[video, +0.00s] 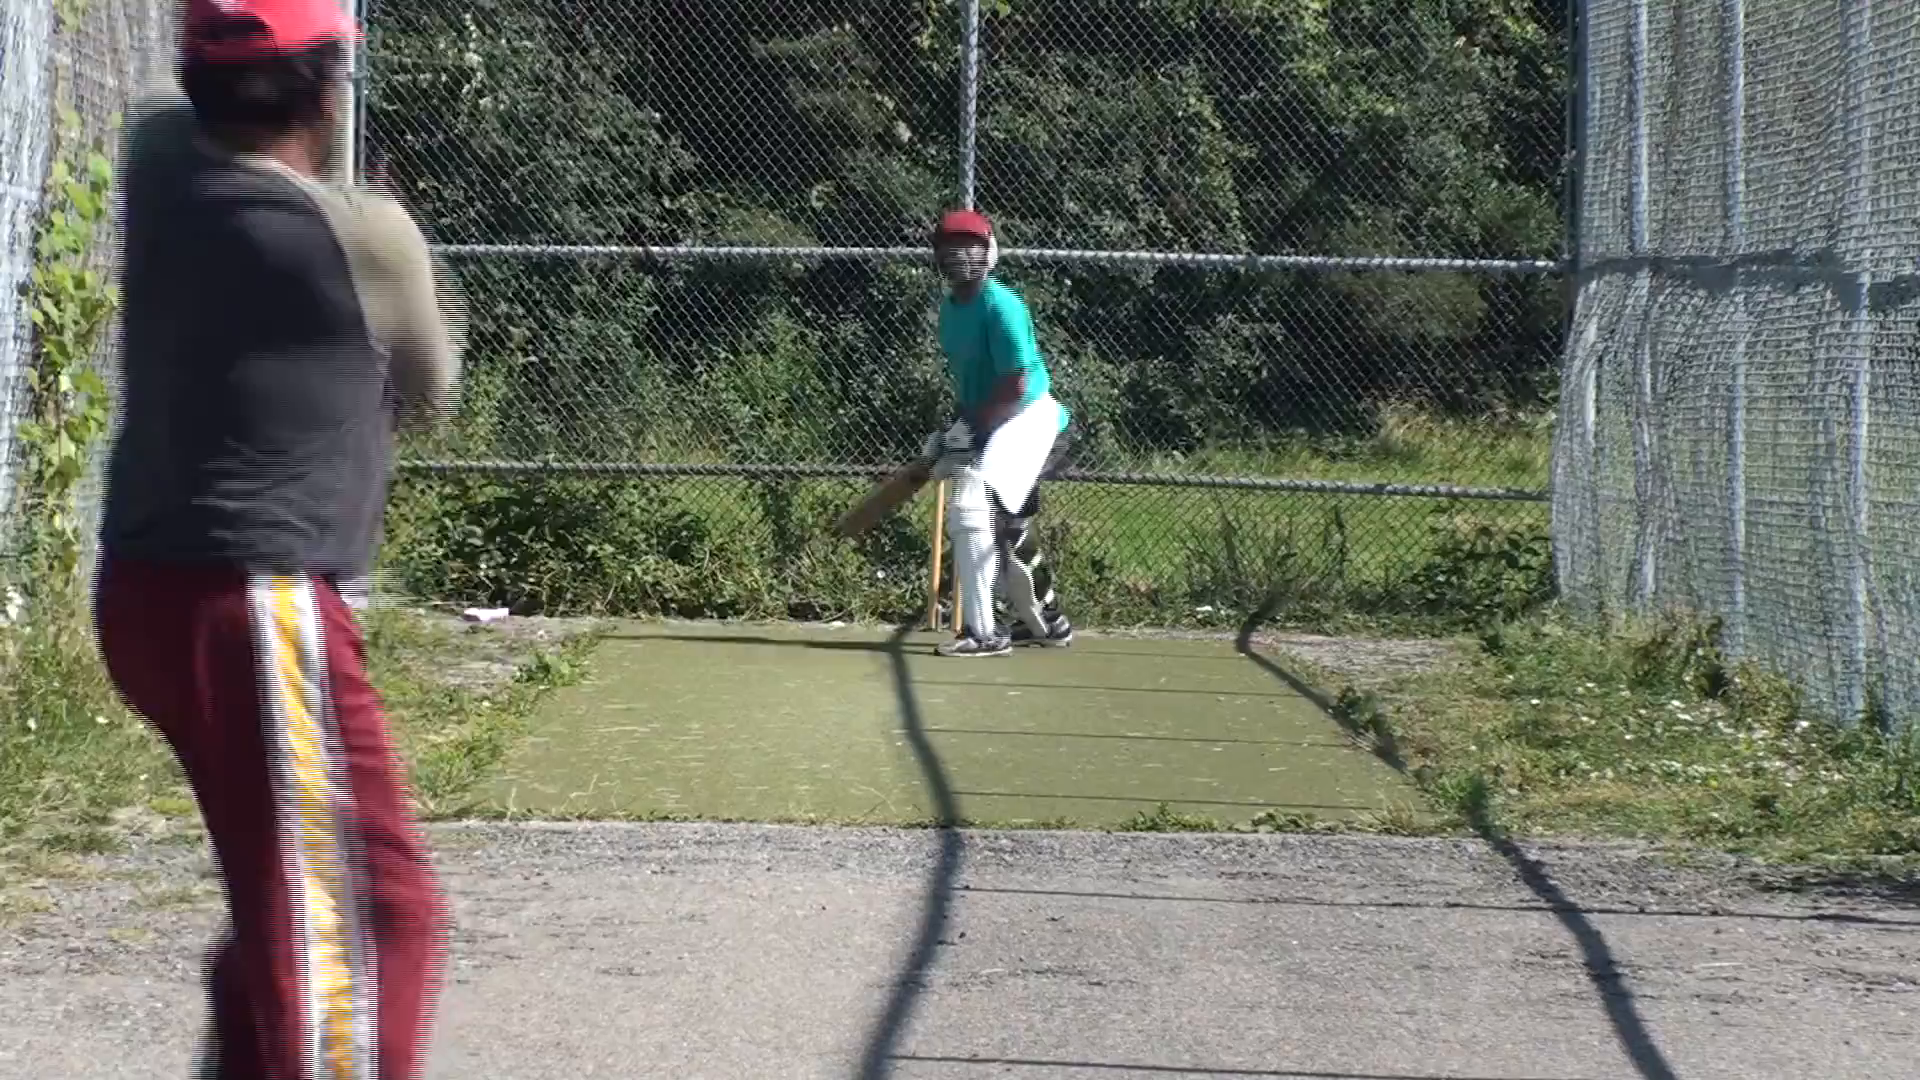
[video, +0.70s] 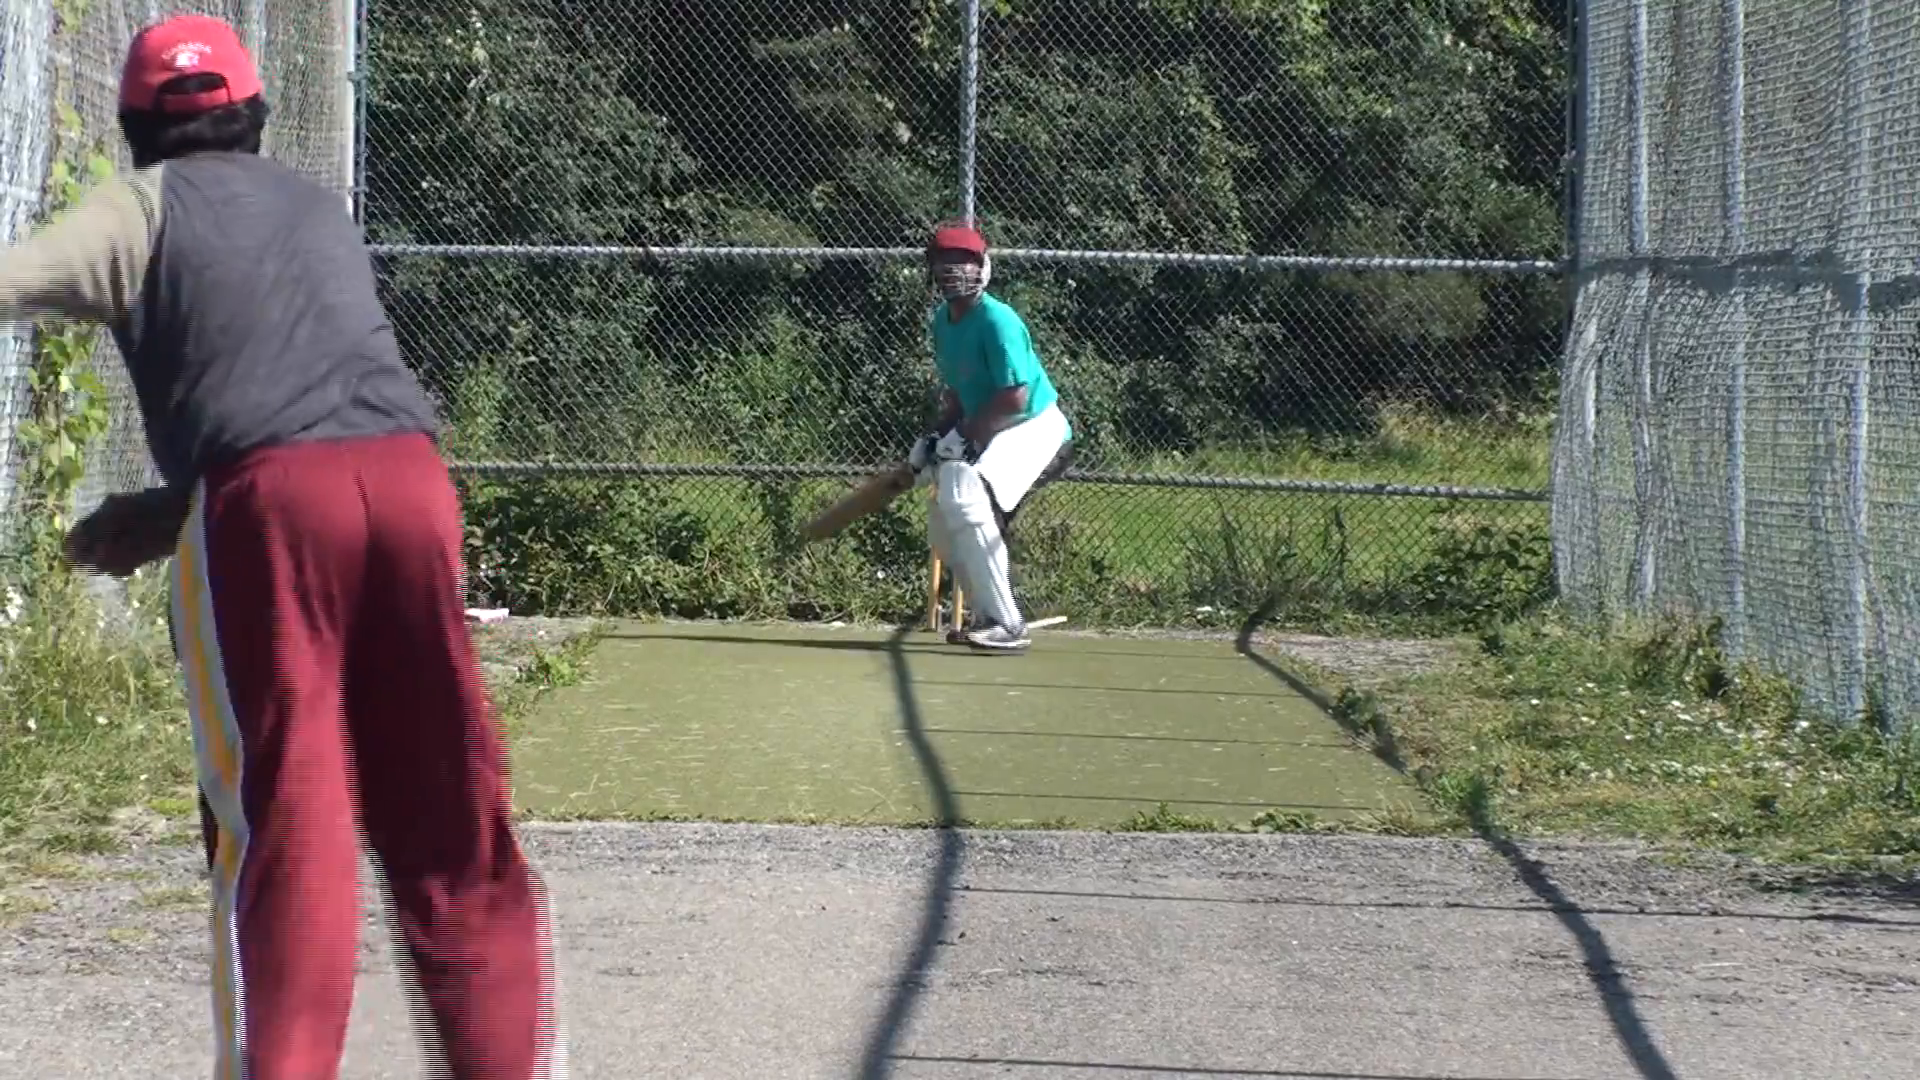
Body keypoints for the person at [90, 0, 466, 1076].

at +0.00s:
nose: (349, 89)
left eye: (342, 69)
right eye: (342, 73)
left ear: (204, 94)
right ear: (327, 91)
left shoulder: (161, 187)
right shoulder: (359, 228)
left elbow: (183, 102)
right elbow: (425, 391)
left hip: (152, 592)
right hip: (267, 601)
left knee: (279, 897)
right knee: (348, 910)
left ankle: (251, 1063)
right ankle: (330, 1070)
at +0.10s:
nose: (372, 110)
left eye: (368, 89)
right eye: (368, 92)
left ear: (238, 111)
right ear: (348, 110)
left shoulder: (185, 214)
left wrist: (334, 188)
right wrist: (500, 670)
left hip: (182, 614)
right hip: (302, 621)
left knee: (258, 916)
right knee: (410, 923)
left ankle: (269, 1069)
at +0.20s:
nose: (376, 110)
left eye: (370, 90)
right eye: (369, 92)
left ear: (244, 112)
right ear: (346, 107)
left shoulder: (190, 246)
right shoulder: (334, 216)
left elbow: (111, 440)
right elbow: (456, 356)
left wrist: (128, 596)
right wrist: (533, 465)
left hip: (221, 599)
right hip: (335, 596)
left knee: (276, 863)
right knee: (379, 878)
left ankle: (253, 1066)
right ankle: (361, 1070)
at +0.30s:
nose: (336, 109)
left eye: (325, 97)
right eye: (326, 97)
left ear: (206, 138)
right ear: (312, 112)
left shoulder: (151, 276)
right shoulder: (349, 178)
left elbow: (119, 505)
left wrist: (171, 644)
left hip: (215, 576)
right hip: (360, 534)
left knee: (270, 855)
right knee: (406, 850)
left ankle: (239, 1068)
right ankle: (365, 1066)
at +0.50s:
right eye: (231, 105)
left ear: (129, 136)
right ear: (252, 111)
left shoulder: (116, 243)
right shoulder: (336, 192)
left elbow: (112, 461)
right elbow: (378, 359)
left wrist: (149, 622)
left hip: (272, 506)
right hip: (426, 468)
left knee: (301, 817)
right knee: (484, 736)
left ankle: (280, 1061)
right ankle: (486, 936)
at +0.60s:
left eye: (152, 122)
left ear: (139, 133)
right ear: (257, 118)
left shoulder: (139, 218)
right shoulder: (322, 200)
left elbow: (58, 357)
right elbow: (328, 382)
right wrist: (197, 504)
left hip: (285, 497)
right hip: (428, 475)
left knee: (305, 812)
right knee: (479, 766)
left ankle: (280, 1060)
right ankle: (556, 961)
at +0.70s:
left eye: (152, 114)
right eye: (221, 103)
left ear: (137, 123)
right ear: (255, 114)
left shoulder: (138, 208)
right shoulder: (319, 202)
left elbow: (17, 279)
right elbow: (314, 396)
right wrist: (177, 506)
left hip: (273, 496)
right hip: (413, 482)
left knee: (283, 809)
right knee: (445, 794)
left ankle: (281, 1060)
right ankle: (507, 1058)